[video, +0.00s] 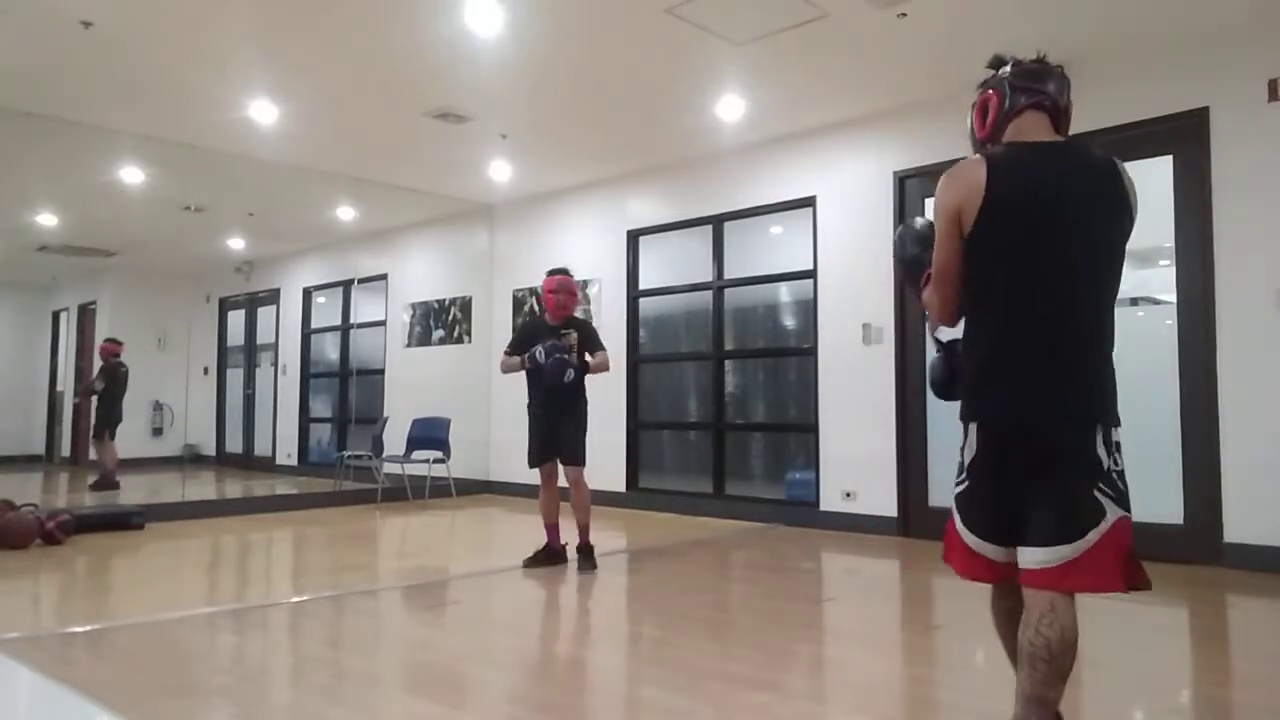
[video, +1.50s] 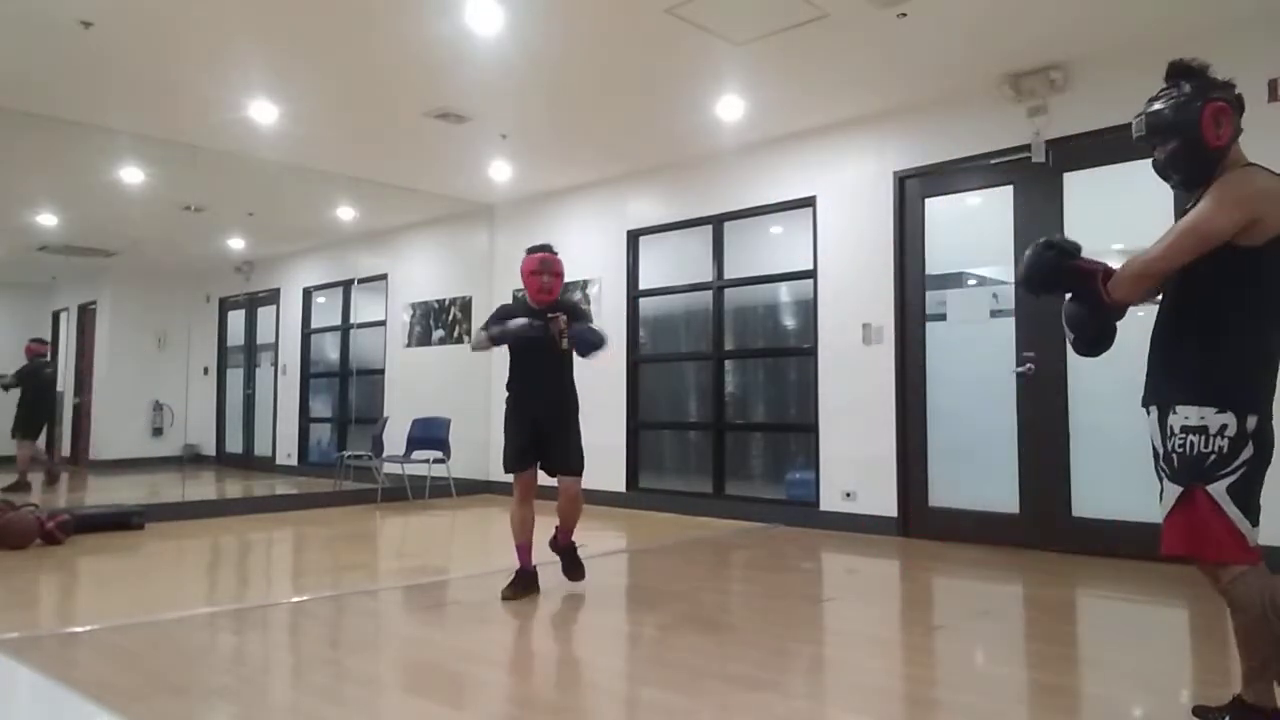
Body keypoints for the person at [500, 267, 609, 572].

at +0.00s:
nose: (559, 299)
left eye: (565, 293)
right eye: (553, 293)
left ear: (575, 297)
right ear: (543, 296)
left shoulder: (582, 328)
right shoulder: (530, 328)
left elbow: (603, 363)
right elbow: (505, 365)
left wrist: (580, 364)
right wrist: (530, 358)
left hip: (572, 410)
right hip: (541, 411)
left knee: (574, 476)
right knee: (547, 477)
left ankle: (584, 546)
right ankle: (553, 546)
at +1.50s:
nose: (545, 282)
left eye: (552, 275)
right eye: (536, 275)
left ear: (562, 278)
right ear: (523, 279)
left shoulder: (571, 310)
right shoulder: (509, 313)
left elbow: (595, 341)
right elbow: (478, 341)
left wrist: (574, 334)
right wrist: (509, 330)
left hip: (562, 410)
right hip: (522, 411)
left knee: (572, 490)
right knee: (524, 488)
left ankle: (563, 541)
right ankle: (525, 570)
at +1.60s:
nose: (543, 279)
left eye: (550, 271)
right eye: (534, 272)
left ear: (560, 274)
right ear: (522, 275)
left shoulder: (569, 310)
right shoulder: (506, 311)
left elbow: (602, 333)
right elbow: (468, 328)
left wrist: (638, 344)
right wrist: (438, 332)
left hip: (562, 411)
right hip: (521, 412)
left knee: (571, 486)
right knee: (523, 488)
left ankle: (567, 556)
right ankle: (525, 571)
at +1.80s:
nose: (553, 268)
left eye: (560, 262)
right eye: (544, 260)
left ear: (568, 268)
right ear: (529, 266)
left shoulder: (575, 307)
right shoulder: (510, 303)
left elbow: (601, 337)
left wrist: (633, 356)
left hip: (561, 412)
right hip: (520, 413)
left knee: (568, 489)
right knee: (522, 489)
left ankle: (584, 573)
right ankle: (525, 572)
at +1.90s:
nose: (559, 268)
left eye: (567, 262)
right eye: (551, 260)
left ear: (576, 269)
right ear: (536, 266)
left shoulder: (578, 306)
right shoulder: (519, 301)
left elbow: (578, 351)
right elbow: (504, 345)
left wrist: (583, 369)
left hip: (563, 410)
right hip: (523, 409)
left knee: (570, 491)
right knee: (523, 490)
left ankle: (582, 578)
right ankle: (525, 572)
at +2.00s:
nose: (567, 269)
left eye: (576, 262)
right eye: (559, 260)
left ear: (585, 270)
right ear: (544, 265)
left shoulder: (584, 308)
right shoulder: (524, 302)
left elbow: (576, 355)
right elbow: (516, 350)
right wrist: (508, 377)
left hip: (567, 409)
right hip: (527, 408)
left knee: (575, 492)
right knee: (527, 490)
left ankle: (583, 581)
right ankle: (525, 573)